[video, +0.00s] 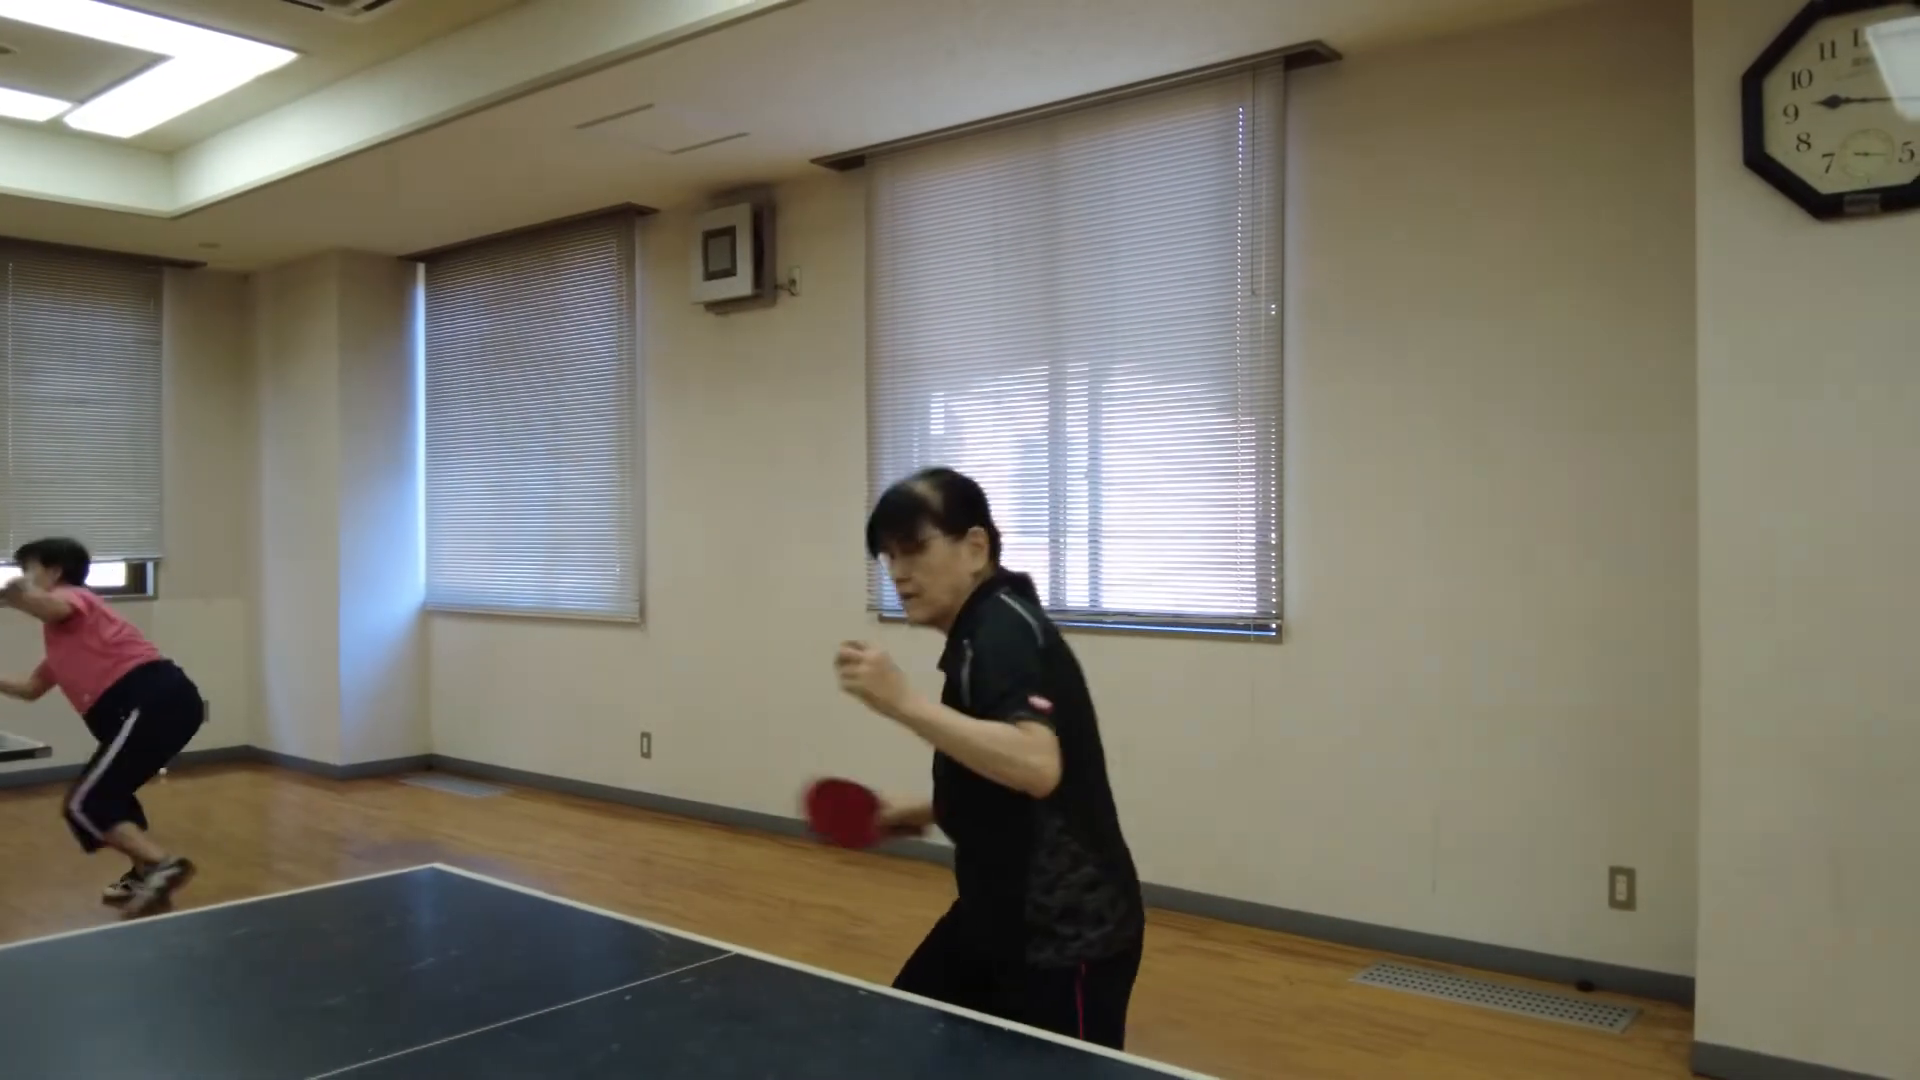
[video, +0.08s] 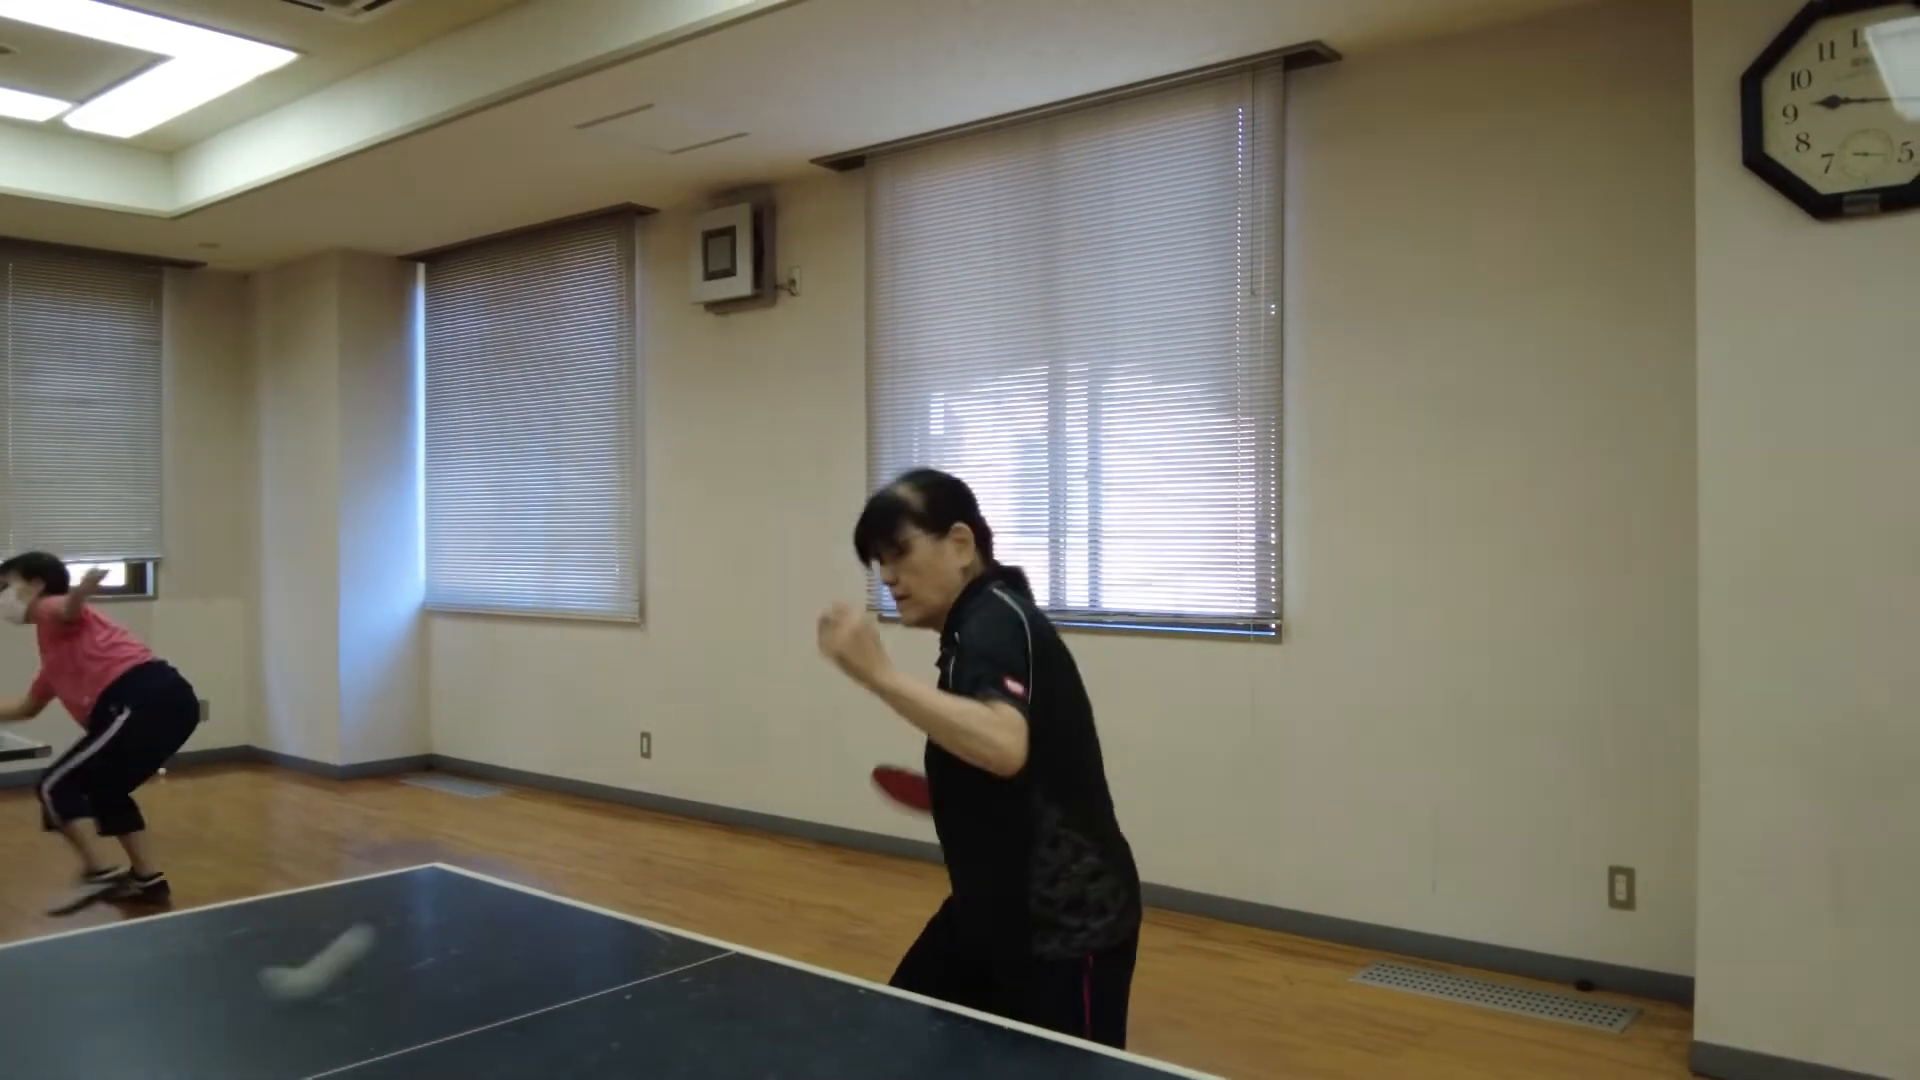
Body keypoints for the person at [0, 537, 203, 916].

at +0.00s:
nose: (23, 580)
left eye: (28, 571)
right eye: (23, 573)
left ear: (55, 571)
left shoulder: (74, 597)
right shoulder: (63, 639)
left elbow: (58, 609)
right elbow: (32, 690)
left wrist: (18, 597)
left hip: (157, 699)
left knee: (85, 803)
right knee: (108, 793)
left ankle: (160, 863)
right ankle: (145, 869)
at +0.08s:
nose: (5, 596)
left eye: (10, 586)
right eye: (4, 588)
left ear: (38, 584)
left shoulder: (48, 609)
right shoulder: (55, 656)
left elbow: (68, 611)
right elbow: (28, 707)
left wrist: (80, 592)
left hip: (144, 700)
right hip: (174, 704)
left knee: (55, 786)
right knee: (107, 789)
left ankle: (100, 868)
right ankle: (147, 877)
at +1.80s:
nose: (60, 502)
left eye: (68, 492)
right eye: (59, 492)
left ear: (98, 496)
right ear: (83, 498)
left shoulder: (119, 549)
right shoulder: (93, 547)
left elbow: (146, 638)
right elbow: (102, 625)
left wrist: (82, 675)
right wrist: (57, 643)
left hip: (147, 684)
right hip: (120, 683)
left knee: (118, 802)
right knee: (104, 794)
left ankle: (156, 911)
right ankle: (128, 888)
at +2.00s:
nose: (68, 499)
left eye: (75, 488)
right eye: (66, 489)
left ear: (105, 490)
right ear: (89, 493)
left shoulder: (127, 547)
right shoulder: (90, 544)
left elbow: (150, 635)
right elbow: (102, 623)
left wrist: (83, 669)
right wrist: (60, 639)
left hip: (141, 694)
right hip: (110, 693)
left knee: (119, 809)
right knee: (104, 807)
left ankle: (151, 911)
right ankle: (125, 892)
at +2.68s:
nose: (87, 500)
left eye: (96, 492)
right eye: (86, 493)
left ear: (128, 496)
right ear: (101, 500)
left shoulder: (144, 545)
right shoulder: (105, 545)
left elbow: (85, 597)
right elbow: (101, 627)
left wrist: (80, 532)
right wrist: (61, 635)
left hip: (111, 677)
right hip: (78, 676)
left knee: (112, 793)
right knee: (84, 789)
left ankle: (149, 905)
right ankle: (119, 893)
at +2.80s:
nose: (89, 505)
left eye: (98, 495)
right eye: (87, 496)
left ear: (130, 498)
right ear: (97, 501)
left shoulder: (146, 549)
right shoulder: (104, 549)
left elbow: (86, 595)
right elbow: (93, 635)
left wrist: (83, 533)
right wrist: (52, 635)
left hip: (107, 679)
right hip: (72, 678)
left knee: (110, 794)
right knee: (82, 790)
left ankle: (148, 905)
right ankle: (119, 892)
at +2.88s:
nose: (91, 506)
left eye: (100, 496)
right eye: (88, 498)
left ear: (132, 498)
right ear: (95, 503)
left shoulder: (146, 550)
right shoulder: (105, 550)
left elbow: (89, 596)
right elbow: (90, 637)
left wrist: (88, 535)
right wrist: (50, 636)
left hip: (104, 681)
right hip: (69, 680)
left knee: (109, 795)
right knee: (80, 791)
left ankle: (148, 906)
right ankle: (118, 892)